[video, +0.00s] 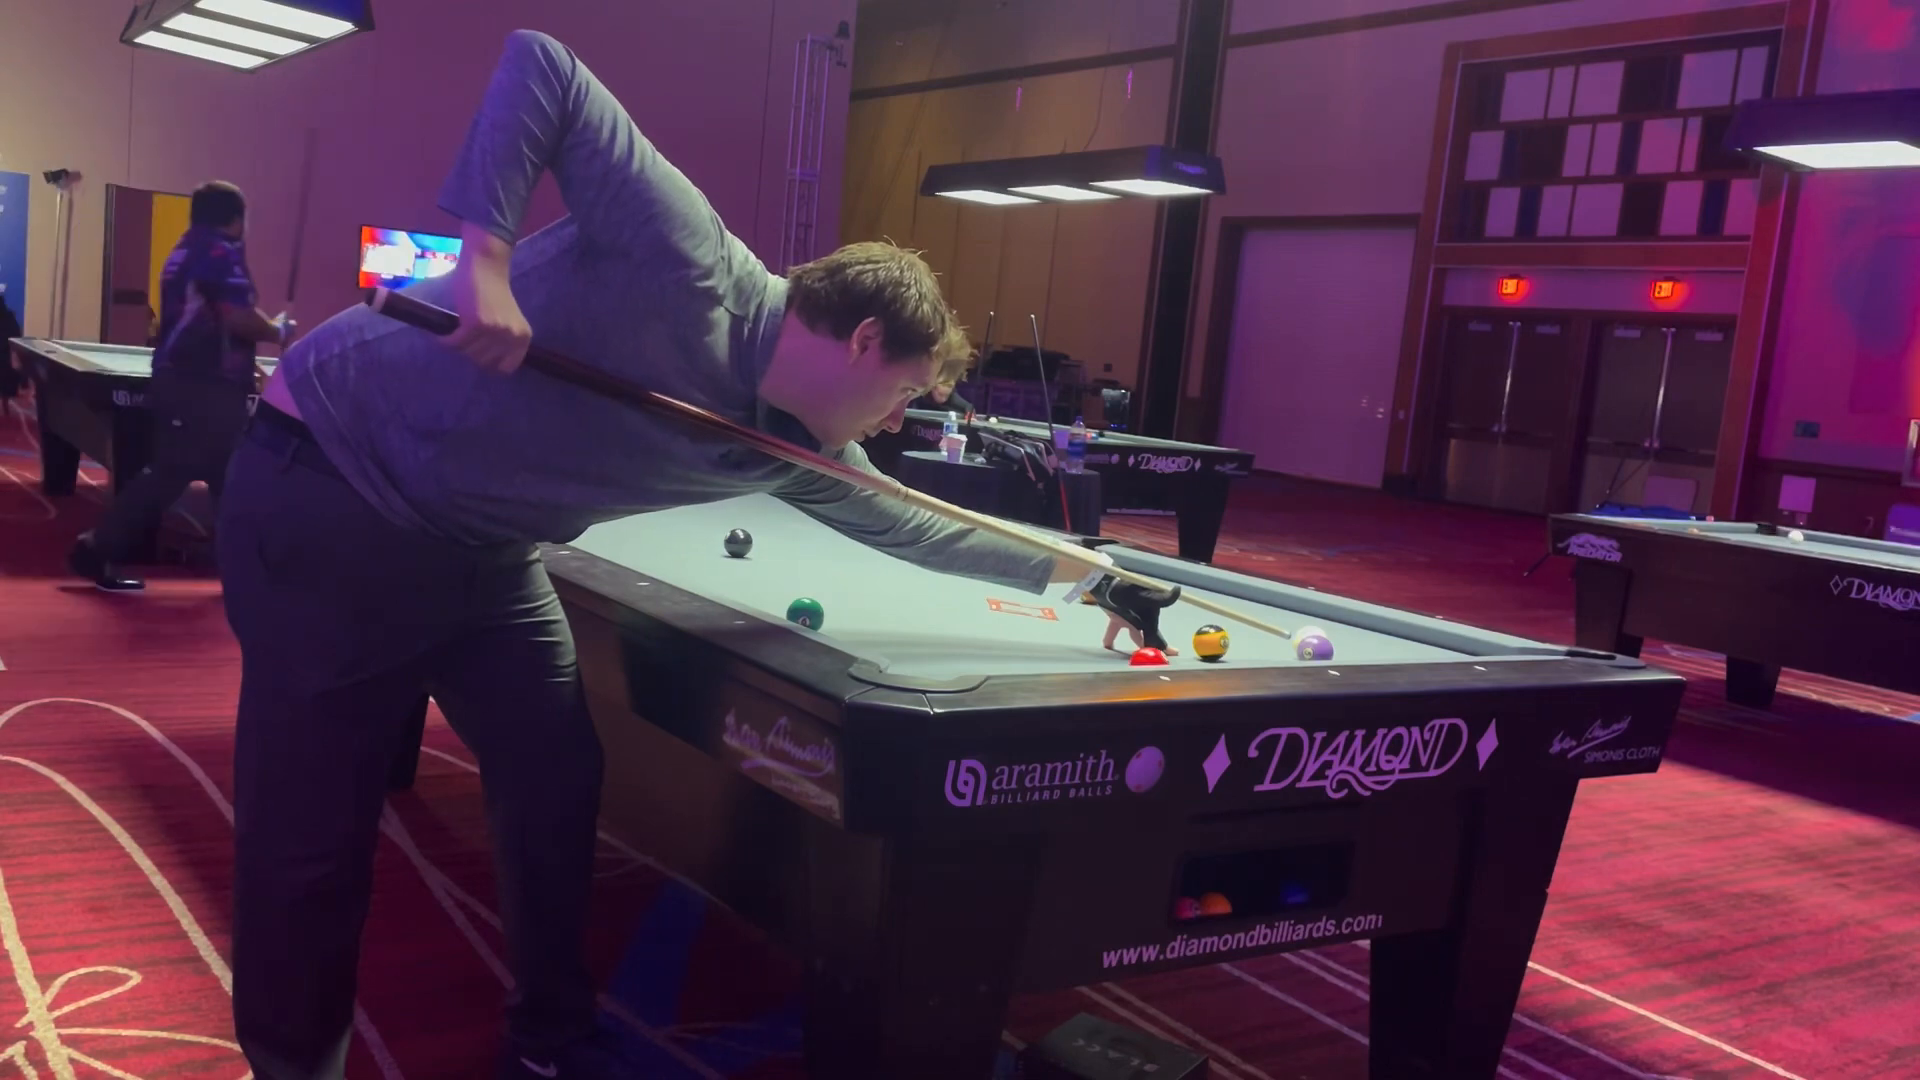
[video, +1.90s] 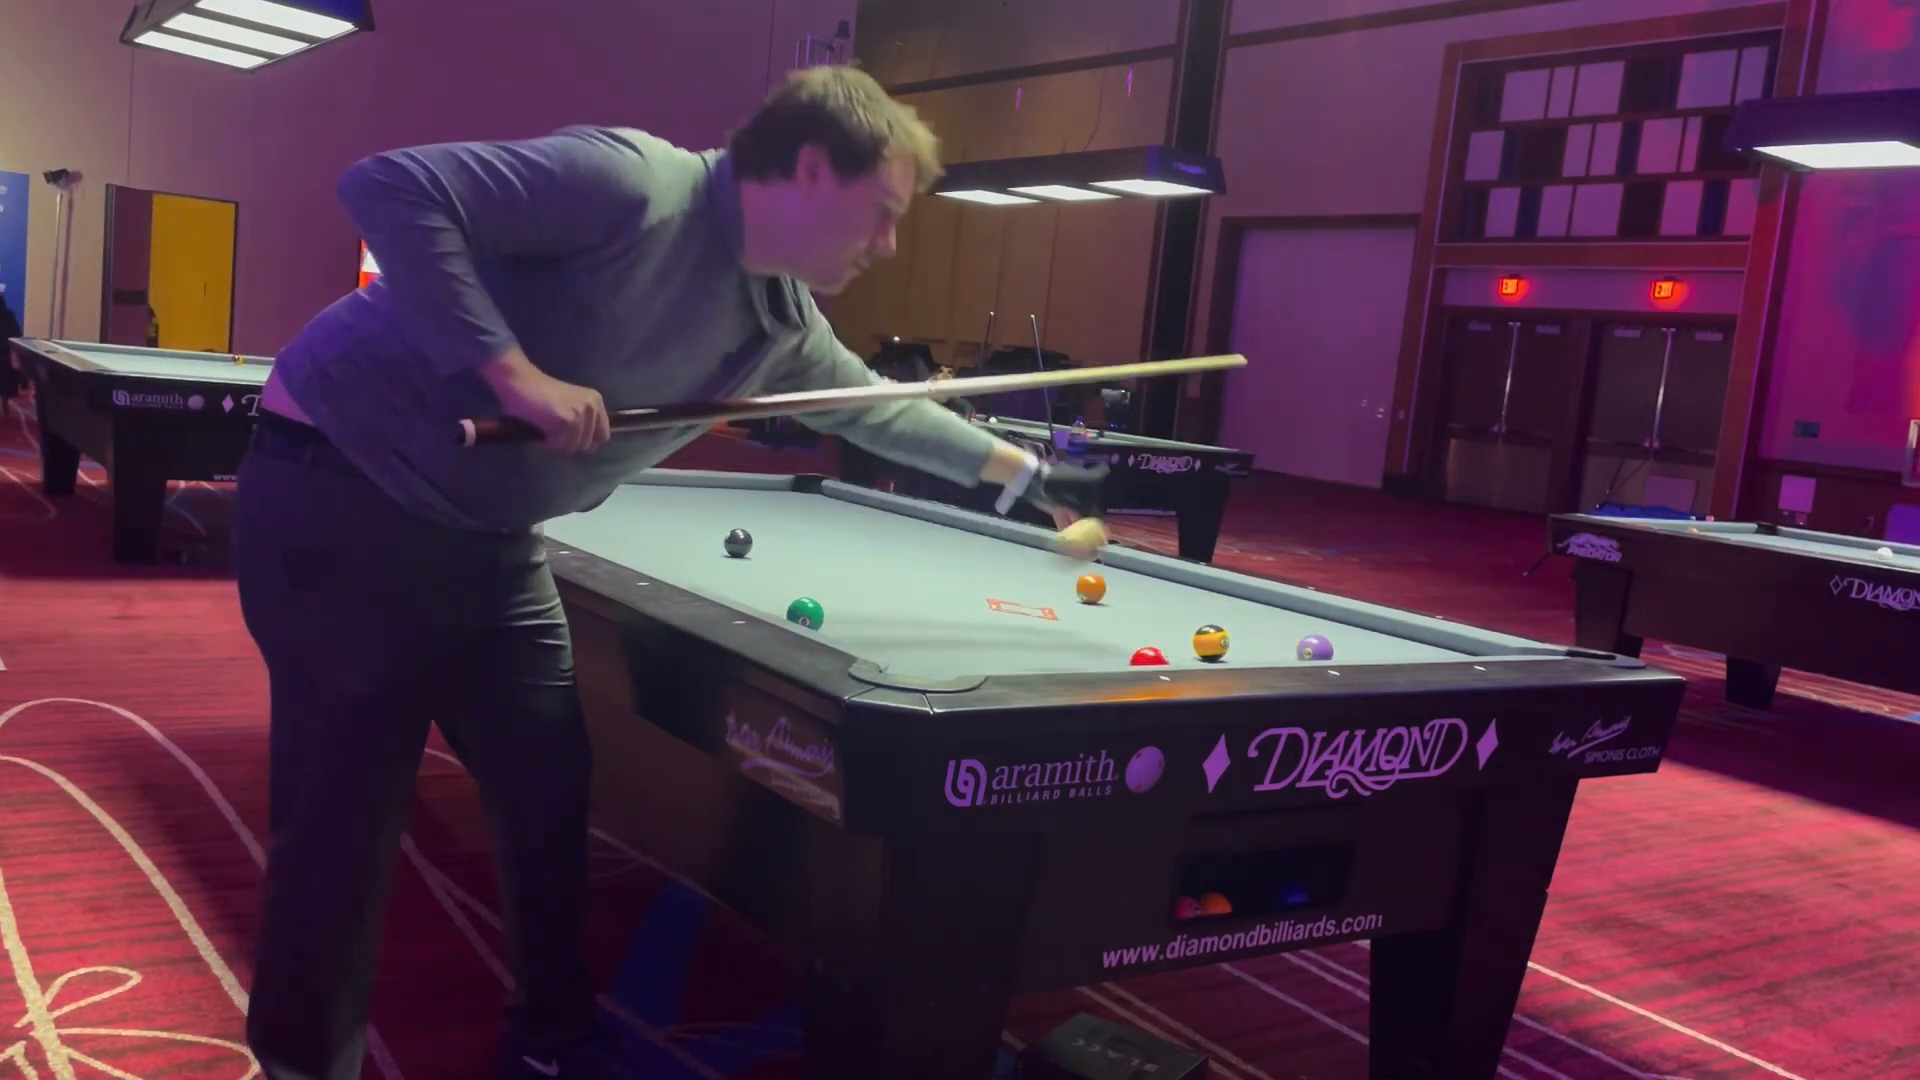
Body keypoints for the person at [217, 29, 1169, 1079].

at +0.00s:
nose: (893, 428)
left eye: (910, 410)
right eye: (903, 398)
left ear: (853, 350)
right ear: (856, 340)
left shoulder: (785, 441)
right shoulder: (684, 251)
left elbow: (913, 527)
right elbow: (542, 69)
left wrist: (1061, 563)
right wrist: (479, 252)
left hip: (483, 530)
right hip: (329, 473)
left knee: (553, 763)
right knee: (313, 819)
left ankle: (548, 1032)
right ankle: (292, 1055)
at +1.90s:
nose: (888, 245)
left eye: (899, 223)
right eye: (883, 212)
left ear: (818, 187)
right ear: (810, 171)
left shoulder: (775, 320)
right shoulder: (631, 184)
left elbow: (879, 412)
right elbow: (393, 187)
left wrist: (1031, 480)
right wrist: (501, 364)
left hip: (488, 526)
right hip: (345, 488)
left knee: (547, 773)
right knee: (340, 820)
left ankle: (552, 1030)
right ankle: (304, 1063)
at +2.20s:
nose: (774, 154)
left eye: (800, 132)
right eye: (762, 113)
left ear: (814, 127)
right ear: (687, 61)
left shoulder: (722, 221)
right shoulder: (544, 122)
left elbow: (819, 293)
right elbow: (318, 197)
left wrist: (965, 326)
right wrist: (473, 346)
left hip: (507, 525)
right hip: (363, 501)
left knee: (558, 776)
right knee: (376, 802)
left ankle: (548, 1038)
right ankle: (312, 1063)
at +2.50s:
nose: (702, 63)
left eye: (730, 37)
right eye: (682, 21)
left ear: (745, 44)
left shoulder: (677, 165)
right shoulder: (469, 96)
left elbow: (717, 261)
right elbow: (261, 227)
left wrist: (872, 294)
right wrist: (439, 352)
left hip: (520, 522)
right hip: (375, 514)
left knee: (551, 791)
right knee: (390, 805)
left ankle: (548, 1032)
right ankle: (317, 1060)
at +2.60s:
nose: (630, 6)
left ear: (676, 12)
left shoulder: (643, 128)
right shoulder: (415, 81)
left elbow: (640, 272)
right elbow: (220, 222)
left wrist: (750, 342)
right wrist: (402, 345)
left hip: (526, 525)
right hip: (374, 522)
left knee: (545, 803)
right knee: (395, 818)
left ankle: (549, 1034)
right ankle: (320, 1064)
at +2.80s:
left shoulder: (603, 87)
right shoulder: (306, 37)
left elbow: (601, 284)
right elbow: (131, 204)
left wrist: (594, 394)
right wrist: (267, 323)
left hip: (512, 539)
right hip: (318, 533)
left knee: (562, 816)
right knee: (329, 871)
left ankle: (541, 1046)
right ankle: (292, 1062)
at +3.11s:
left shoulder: (550, 25)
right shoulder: (273, 38)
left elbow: (650, 212)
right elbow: (176, 233)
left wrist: (691, 279)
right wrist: (163, 328)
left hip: (462, 514)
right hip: (274, 502)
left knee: (388, 873)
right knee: (260, 872)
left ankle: (435, 1064)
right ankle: (270, 1066)